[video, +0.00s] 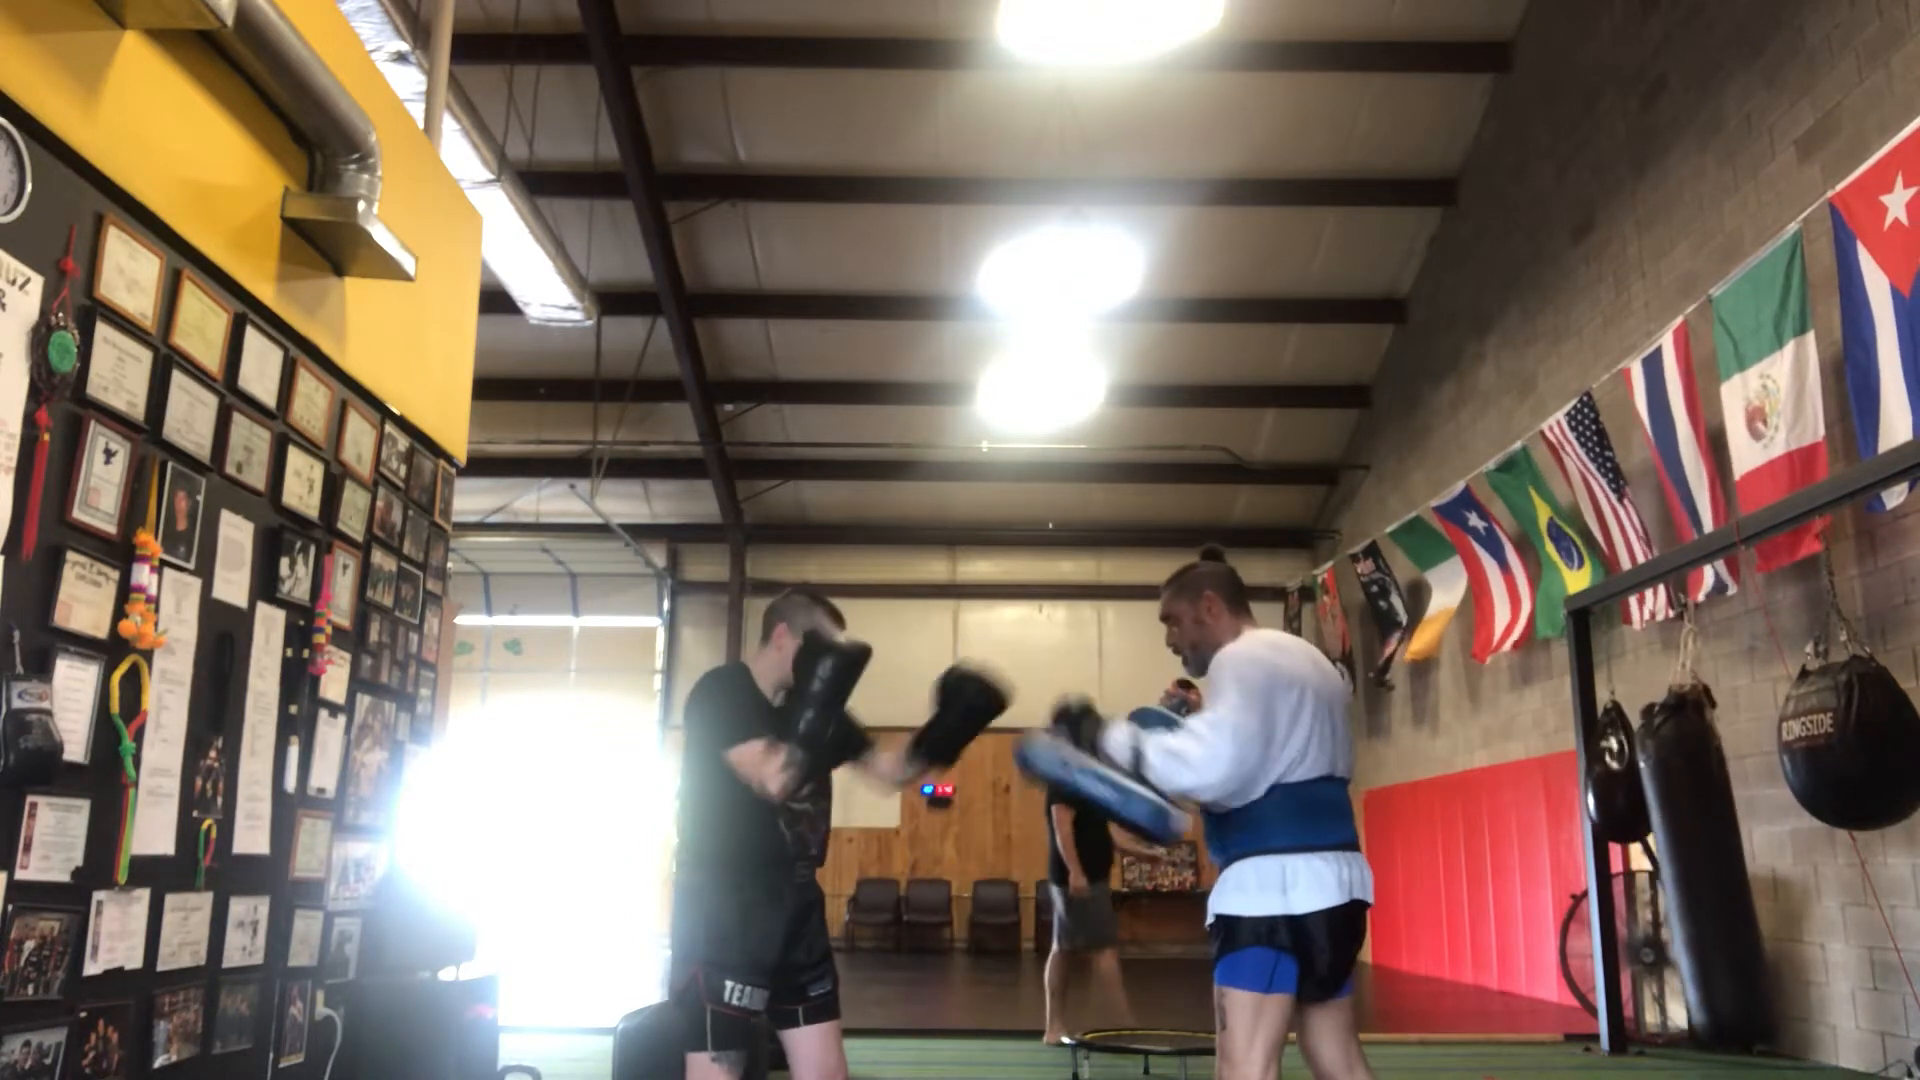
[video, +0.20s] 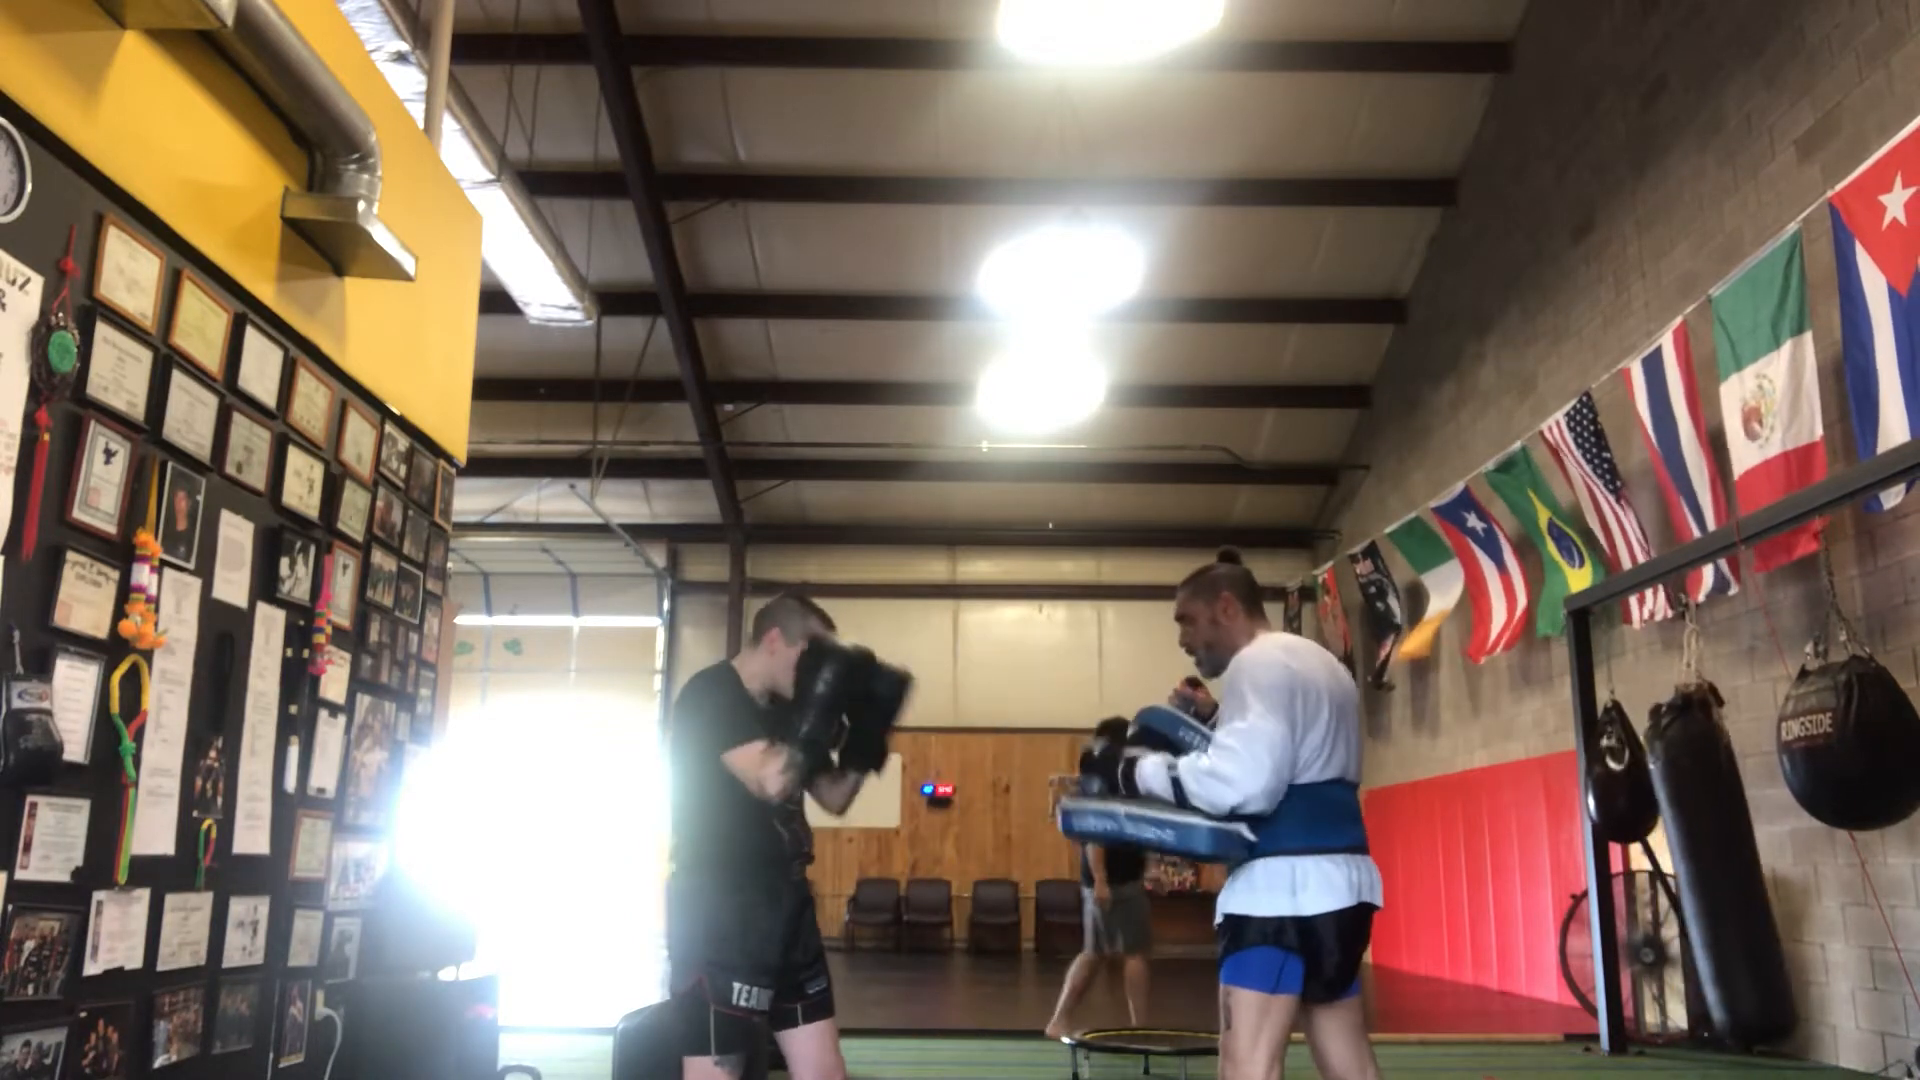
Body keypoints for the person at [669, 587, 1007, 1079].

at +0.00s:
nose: (823, 662)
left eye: (828, 651)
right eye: (816, 647)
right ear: (782, 636)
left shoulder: (812, 705)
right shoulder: (720, 691)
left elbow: (888, 770)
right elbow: (775, 779)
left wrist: (948, 728)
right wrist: (816, 702)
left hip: (797, 913)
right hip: (724, 915)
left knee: (824, 1070)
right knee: (715, 1070)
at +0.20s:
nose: (812, 670)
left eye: (818, 659)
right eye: (809, 655)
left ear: (775, 643)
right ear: (773, 640)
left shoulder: (783, 710)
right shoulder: (708, 694)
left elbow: (834, 797)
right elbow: (772, 780)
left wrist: (871, 721)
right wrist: (822, 703)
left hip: (786, 907)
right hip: (720, 909)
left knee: (822, 1069)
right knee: (713, 1070)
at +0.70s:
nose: (811, 656)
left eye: (817, 646)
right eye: (806, 643)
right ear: (772, 636)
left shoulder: (790, 702)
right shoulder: (711, 691)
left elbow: (881, 754)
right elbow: (780, 778)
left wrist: (949, 710)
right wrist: (815, 699)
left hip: (784, 904)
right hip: (716, 908)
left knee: (838, 1068)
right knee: (709, 1071)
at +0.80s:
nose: (824, 654)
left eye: (829, 644)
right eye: (817, 641)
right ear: (782, 636)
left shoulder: (810, 698)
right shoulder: (725, 686)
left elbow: (907, 744)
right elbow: (790, 771)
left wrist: (973, 697)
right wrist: (826, 692)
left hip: (795, 900)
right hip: (725, 904)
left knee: (883, 1044)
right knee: (709, 1070)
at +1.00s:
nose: (851, 650)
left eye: (855, 641)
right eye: (843, 639)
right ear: (811, 632)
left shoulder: (847, 695)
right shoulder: (753, 687)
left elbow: (940, 714)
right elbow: (816, 764)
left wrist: (968, 646)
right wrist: (850, 683)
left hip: (834, 898)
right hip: (759, 905)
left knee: (942, 1021)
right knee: (731, 1070)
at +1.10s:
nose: (872, 660)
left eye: (876, 649)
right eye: (864, 647)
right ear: (831, 644)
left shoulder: (870, 703)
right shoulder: (771, 701)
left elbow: (941, 760)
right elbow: (825, 781)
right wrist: (866, 701)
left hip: (860, 912)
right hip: (782, 916)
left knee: (942, 1054)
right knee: (753, 1071)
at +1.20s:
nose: (904, 676)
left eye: (906, 665)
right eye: (896, 664)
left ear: (867, 663)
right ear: (857, 660)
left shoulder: (900, 723)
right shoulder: (800, 722)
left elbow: (950, 802)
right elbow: (832, 811)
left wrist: (1006, 784)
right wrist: (882, 734)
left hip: (889, 923)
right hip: (819, 926)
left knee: (952, 1069)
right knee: (788, 1068)